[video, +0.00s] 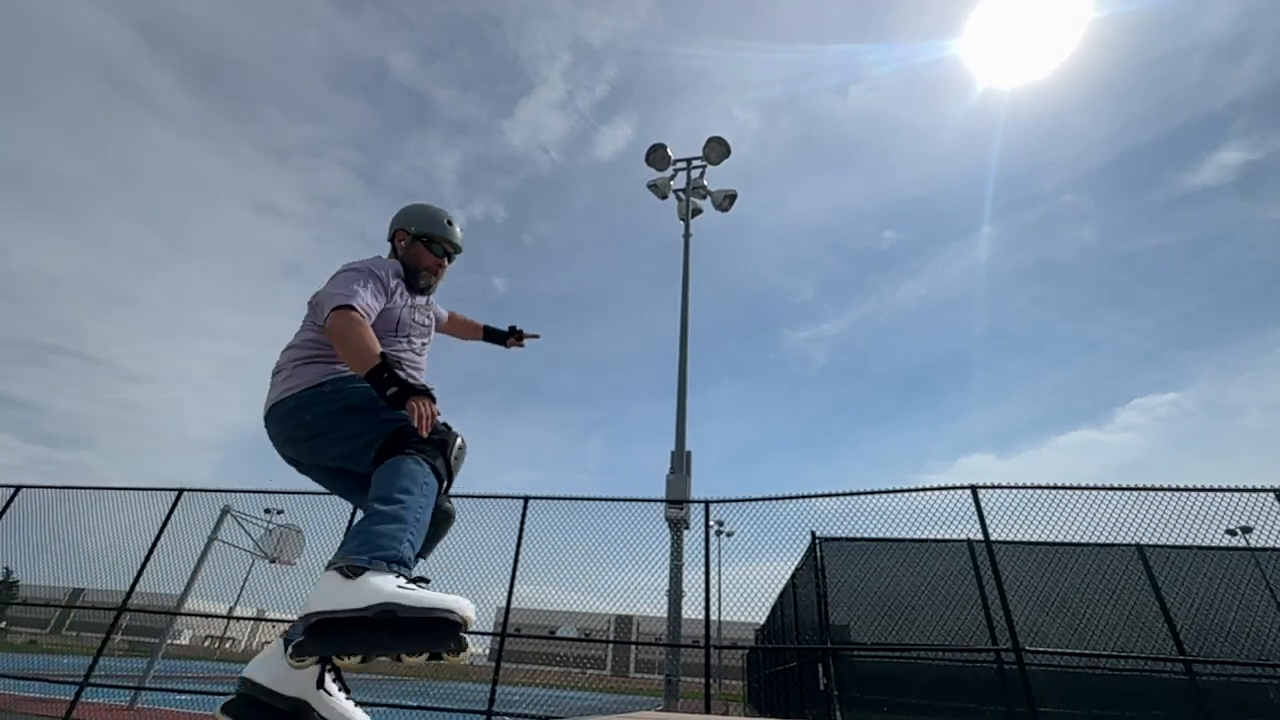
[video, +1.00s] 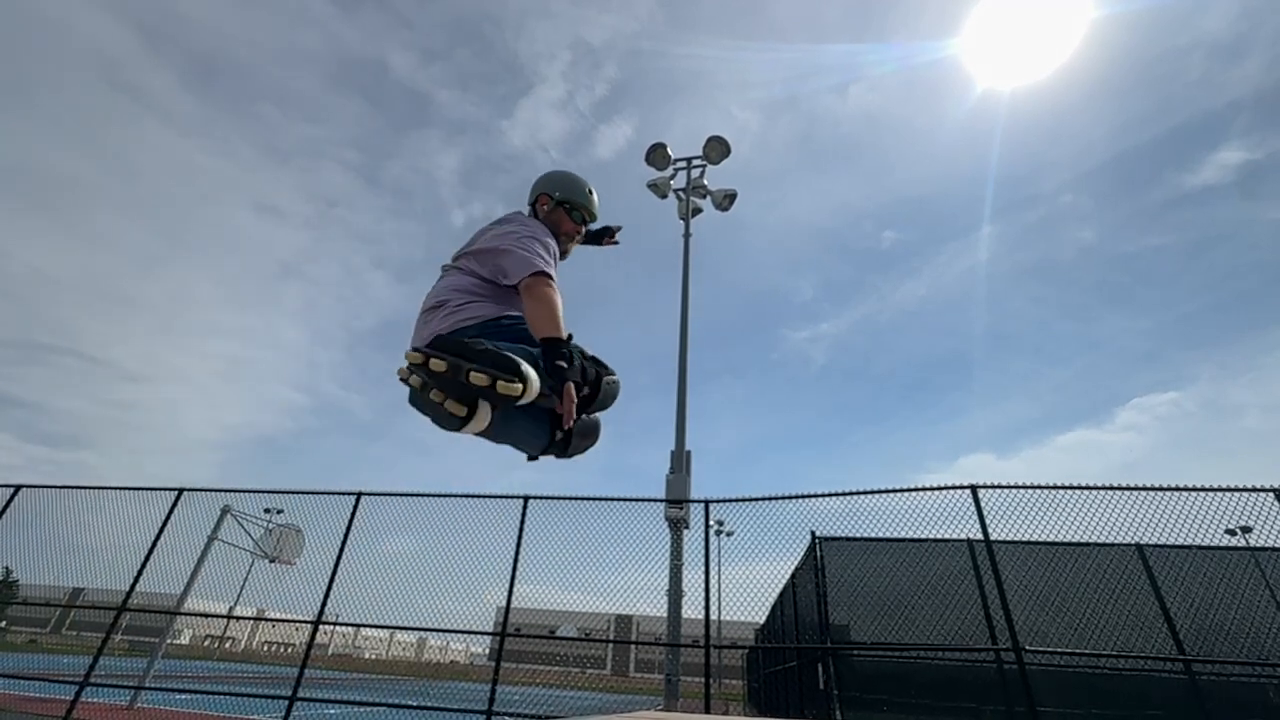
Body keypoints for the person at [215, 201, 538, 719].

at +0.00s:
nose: (442, 262)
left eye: (449, 256)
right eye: (434, 249)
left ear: (449, 260)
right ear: (402, 240)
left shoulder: (421, 305)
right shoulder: (368, 273)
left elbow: (449, 322)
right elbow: (344, 321)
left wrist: (496, 335)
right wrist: (397, 387)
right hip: (313, 392)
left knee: (429, 510)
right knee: (427, 440)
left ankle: (299, 658)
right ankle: (365, 567)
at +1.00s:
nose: (580, 231)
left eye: (585, 225)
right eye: (575, 216)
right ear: (544, 204)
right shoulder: (525, 232)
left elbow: (552, 237)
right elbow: (538, 287)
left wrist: (588, 237)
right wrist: (558, 358)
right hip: (467, 322)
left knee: (579, 433)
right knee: (600, 380)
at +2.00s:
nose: (708, 218)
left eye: (712, 210)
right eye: (704, 203)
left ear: (671, 190)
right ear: (674, 190)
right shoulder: (659, 215)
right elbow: (672, 267)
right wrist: (687, 331)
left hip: (545, 338)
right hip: (595, 298)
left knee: (676, 421)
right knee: (719, 372)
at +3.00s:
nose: (815, 229)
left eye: (819, 224)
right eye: (815, 216)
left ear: (778, 198)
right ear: (791, 198)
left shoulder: (726, 223)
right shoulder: (775, 214)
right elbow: (805, 261)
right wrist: (841, 326)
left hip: (659, 332)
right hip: (715, 303)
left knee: (765, 411)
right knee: (818, 393)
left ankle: (736, 461)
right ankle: (778, 448)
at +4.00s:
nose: (951, 254)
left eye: (954, 249)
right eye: (947, 244)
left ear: (896, 220)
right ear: (931, 227)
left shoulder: (836, 259)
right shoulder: (907, 227)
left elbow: (798, 317)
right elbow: (941, 264)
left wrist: (769, 366)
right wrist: (1018, 319)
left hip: (795, 368)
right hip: (860, 348)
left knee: (882, 508)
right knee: (948, 493)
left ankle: (904, 679)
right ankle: (975, 681)